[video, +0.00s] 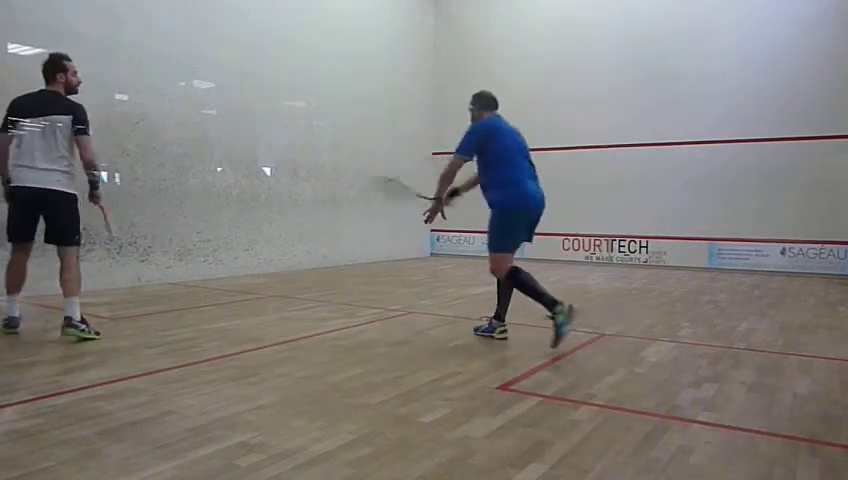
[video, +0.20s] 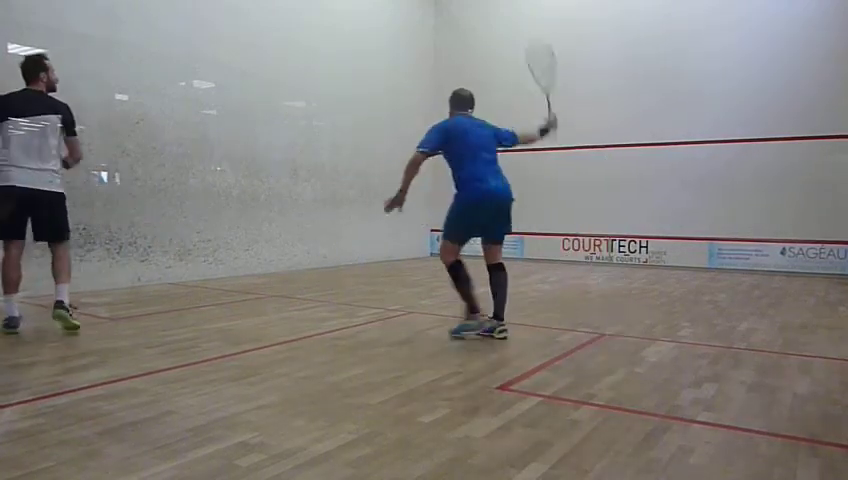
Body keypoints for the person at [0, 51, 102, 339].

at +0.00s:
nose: (78, 78)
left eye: (77, 73)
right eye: (74, 74)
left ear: (49, 78)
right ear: (60, 77)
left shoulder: (18, 104)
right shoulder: (74, 109)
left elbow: (4, 147)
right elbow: (87, 156)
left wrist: (6, 181)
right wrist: (95, 184)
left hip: (22, 190)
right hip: (60, 193)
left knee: (19, 251)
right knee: (69, 256)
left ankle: (11, 315)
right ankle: (73, 319)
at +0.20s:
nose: (56, 76)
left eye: (53, 71)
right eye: (52, 71)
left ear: (27, 78)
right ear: (42, 76)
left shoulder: (5, 102)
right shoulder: (59, 108)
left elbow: (3, 143)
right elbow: (75, 154)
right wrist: (65, 162)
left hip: (10, 189)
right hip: (48, 191)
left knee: (11, 249)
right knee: (60, 247)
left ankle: (10, 314)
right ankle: (62, 303)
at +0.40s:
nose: (45, 76)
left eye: (42, 72)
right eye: (42, 72)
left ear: (16, 78)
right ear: (34, 77)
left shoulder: (3, 102)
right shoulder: (55, 109)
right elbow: (65, 149)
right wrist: (37, 135)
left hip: (8, 187)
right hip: (44, 189)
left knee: (9, 248)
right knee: (41, 245)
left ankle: (10, 312)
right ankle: (46, 306)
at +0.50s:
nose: (44, 82)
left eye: (42, 77)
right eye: (42, 77)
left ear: (15, 83)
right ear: (35, 81)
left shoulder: (4, 106)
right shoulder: (55, 113)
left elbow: (3, 142)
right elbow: (55, 146)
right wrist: (42, 100)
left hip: (10, 187)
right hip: (46, 189)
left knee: (7, 250)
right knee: (40, 246)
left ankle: (9, 313)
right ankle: (40, 304)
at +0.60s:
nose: (45, 91)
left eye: (43, 86)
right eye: (44, 87)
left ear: (19, 89)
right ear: (39, 89)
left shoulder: (6, 110)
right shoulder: (55, 117)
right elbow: (52, 149)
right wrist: (42, 105)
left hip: (13, 190)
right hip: (49, 192)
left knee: (6, 250)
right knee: (40, 244)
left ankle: (10, 312)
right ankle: (40, 302)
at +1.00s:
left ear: (45, 142)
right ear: (67, 144)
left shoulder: (30, 157)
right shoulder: (81, 167)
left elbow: (11, 192)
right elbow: (81, 202)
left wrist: (2, 218)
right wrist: (75, 222)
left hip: (31, 214)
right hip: (65, 219)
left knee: (5, 264)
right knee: (51, 248)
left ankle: (17, 293)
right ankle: (45, 300)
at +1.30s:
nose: (94, 103)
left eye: (91, 99)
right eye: (92, 99)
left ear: (67, 101)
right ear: (90, 100)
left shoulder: (50, 125)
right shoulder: (99, 122)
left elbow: (19, 160)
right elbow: (115, 141)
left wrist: (2, 184)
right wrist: (135, 171)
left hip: (55, 198)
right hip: (90, 201)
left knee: (50, 265)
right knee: (71, 256)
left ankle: (51, 318)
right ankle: (59, 306)